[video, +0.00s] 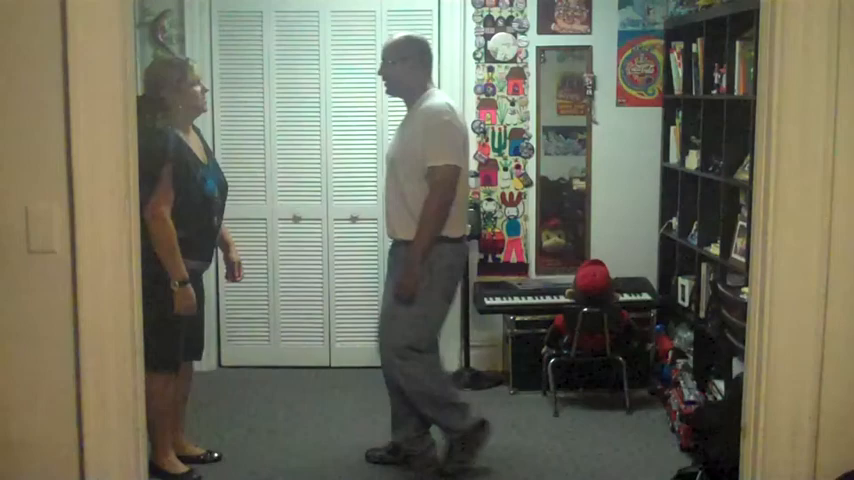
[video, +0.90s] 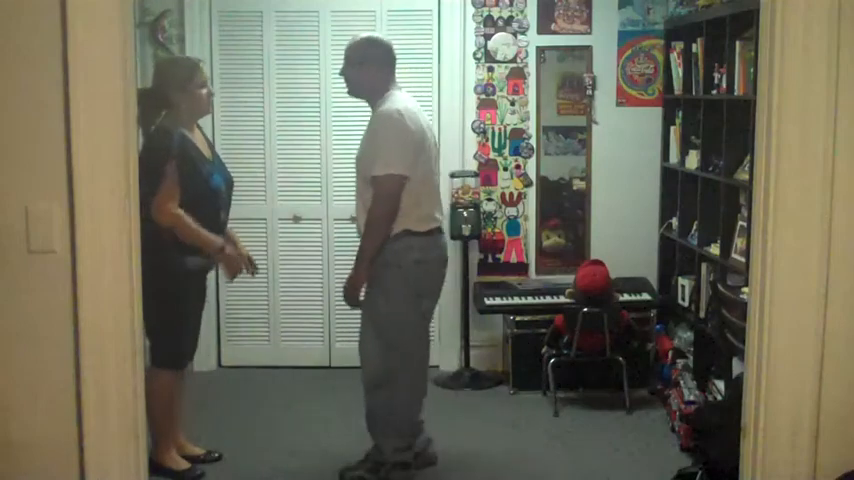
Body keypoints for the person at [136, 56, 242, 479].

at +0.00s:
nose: (203, 88)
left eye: (201, 82)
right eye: (194, 84)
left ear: (187, 95)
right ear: (170, 94)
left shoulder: (192, 135)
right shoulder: (160, 139)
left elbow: (201, 200)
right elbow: (156, 214)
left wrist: (227, 244)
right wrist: (179, 279)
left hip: (190, 266)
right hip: (163, 269)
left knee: (184, 359)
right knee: (163, 364)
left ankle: (178, 440)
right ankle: (161, 453)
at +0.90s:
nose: (209, 91)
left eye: (208, 85)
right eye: (201, 87)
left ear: (194, 93)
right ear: (177, 95)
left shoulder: (195, 134)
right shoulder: (167, 139)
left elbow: (204, 201)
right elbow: (164, 210)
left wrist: (232, 241)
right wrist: (218, 247)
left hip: (192, 262)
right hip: (169, 265)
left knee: (179, 357)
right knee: (167, 359)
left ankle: (176, 439)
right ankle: (163, 449)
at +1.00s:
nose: (211, 91)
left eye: (210, 85)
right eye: (203, 87)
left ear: (196, 94)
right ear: (179, 94)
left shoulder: (197, 133)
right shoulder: (169, 139)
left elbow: (199, 200)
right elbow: (171, 209)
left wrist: (232, 235)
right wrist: (229, 231)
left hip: (193, 264)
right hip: (169, 266)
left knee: (181, 358)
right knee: (164, 360)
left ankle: (178, 439)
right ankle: (162, 449)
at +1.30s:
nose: (228, 90)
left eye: (224, 84)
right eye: (219, 86)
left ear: (198, 97)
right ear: (196, 97)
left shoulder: (206, 137)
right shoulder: (191, 145)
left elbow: (215, 202)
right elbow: (216, 212)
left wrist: (254, 209)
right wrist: (266, 210)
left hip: (191, 261)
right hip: (180, 264)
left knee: (195, 353)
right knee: (203, 355)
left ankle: (177, 444)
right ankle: (176, 448)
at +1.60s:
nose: (257, 96)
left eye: (254, 90)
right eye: (249, 91)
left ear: (226, 102)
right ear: (225, 101)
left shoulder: (233, 142)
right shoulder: (219, 147)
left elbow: (257, 175)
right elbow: (224, 213)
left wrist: (295, 178)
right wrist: (279, 225)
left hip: (219, 265)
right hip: (214, 269)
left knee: (203, 356)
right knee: (264, 352)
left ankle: (176, 443)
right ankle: (288, 451)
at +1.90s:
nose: (295, 98)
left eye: (292, 92)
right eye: (287, 94)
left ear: (276, 104)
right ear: (263, 104)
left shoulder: (295, 144)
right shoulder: (254, 148)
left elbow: (329, 161)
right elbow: (244, 212)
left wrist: (376, 147)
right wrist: (303, 225)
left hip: (290, 265)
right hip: (253, 268)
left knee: (325, 350)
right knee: (290, 358)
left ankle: (278, 415)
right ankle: (288, 447)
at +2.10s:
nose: (316, 97)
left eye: (313, 90)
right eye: (307, 92)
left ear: (296, 103)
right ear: (281, 104)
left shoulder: (331, 144)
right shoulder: (263, 157)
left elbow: (360, 162)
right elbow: (242, 217)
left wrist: (393, 155)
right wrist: (292, 228)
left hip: (331, 267)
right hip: (276, 272)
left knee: (356, 359)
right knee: (296, 367)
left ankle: (377, 438)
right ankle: (289, 453)